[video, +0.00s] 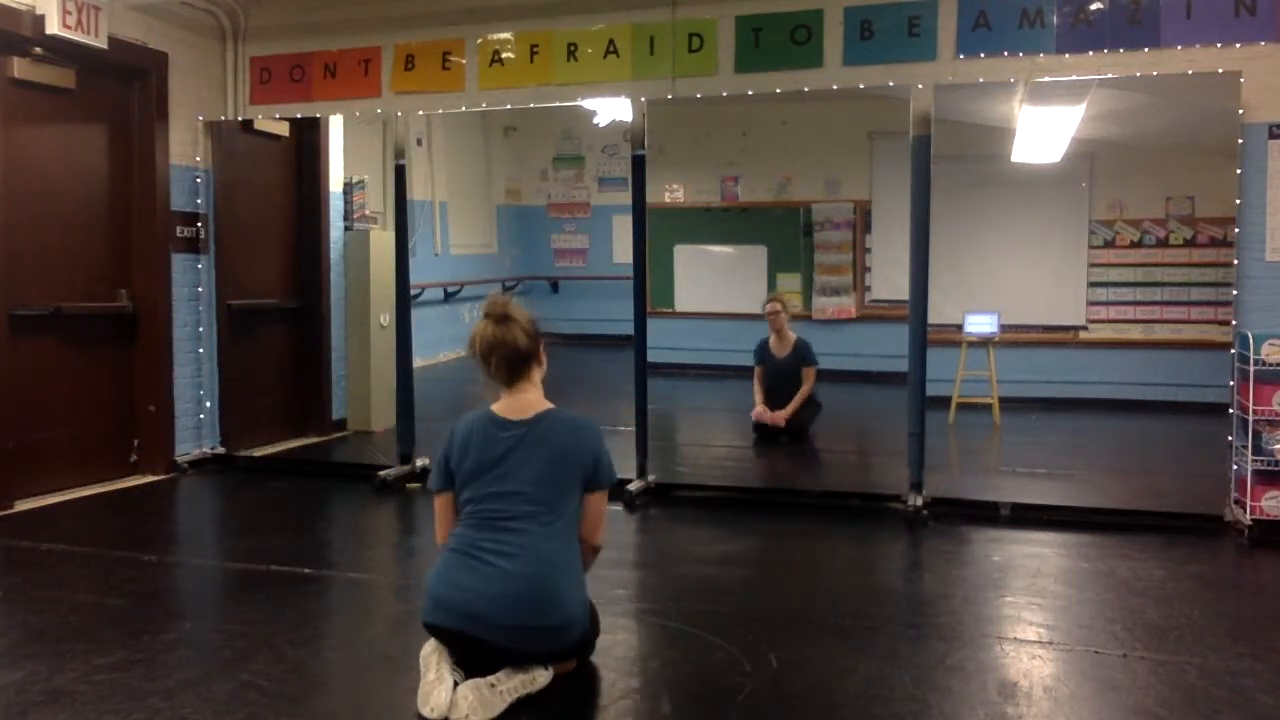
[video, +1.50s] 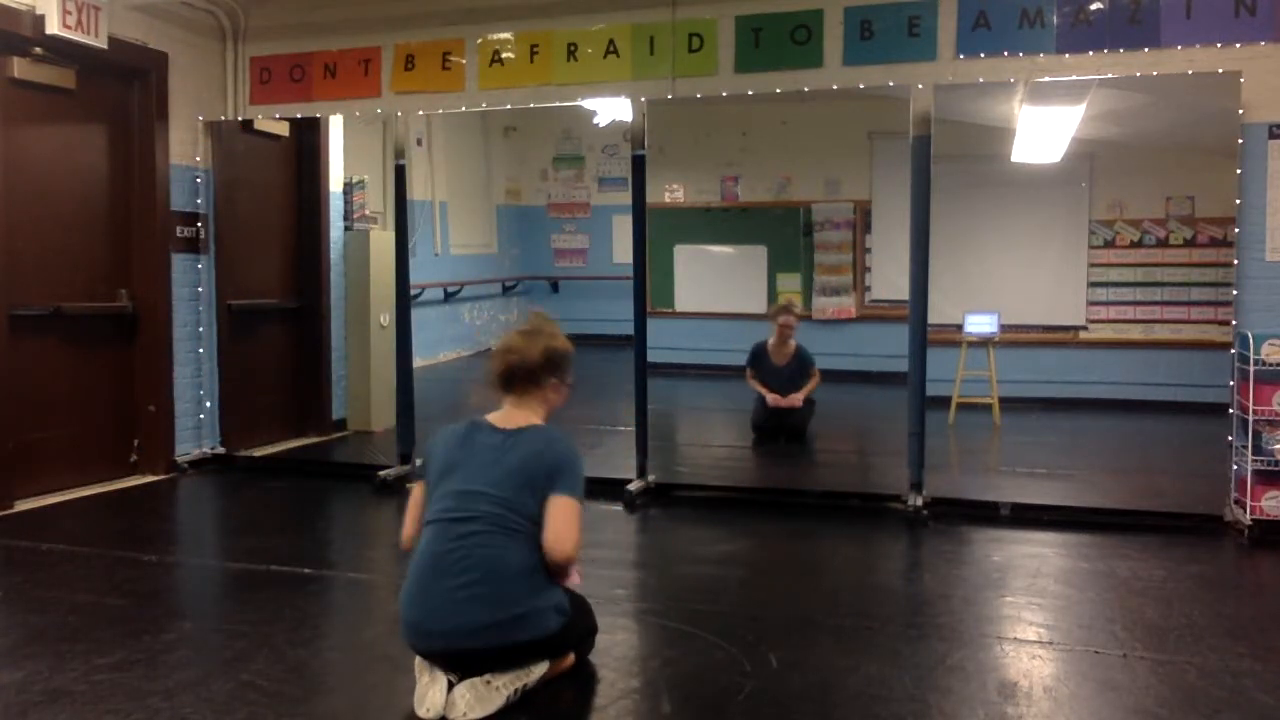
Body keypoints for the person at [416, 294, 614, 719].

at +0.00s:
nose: (545, 354)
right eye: (543, 347)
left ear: (487, 366)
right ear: (541, 356)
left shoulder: (461, 434)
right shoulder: (581, 434)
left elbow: (445, 536)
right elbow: (591, 539)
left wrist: (481, 576)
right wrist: (561, 582)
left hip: (452, 614)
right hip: (547, 617)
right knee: (580, 638)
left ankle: (445, 672)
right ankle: (511, 686)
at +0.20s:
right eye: (531, 387)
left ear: (477, 407)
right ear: (530, 396)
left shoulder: (467, 464)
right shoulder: (573, 456)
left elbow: (443, 563)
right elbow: (594, 561)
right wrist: (568, 599)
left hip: (460, 606)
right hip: (554, 613)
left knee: (483, 664)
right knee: (579, 648)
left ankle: (444, 662)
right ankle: (514, 683)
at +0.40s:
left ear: (478, 463)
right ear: (521, 453)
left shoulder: (478, 488)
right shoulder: (571, 482)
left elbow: (448, 547)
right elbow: (588, 560)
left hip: (455, 586)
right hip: (550, 588)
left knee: (489, 648)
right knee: (577, 646)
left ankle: (449, 658)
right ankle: (536, 666)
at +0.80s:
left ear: (482, 457)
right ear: (530, 450)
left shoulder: (480, 490)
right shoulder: (559, 483)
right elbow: (568, 535)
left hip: (448, 590)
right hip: (537, 589)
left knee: (490, 649)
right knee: (578, 643)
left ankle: (447, 658)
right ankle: (528, 667)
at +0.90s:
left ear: (483, 425)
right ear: (534, 422)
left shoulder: (474, 468)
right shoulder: (559, 463)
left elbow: (469, 527)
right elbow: (559, 531)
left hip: (450, 596)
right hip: (540, 593)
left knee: (490, 649)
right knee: (580, 638)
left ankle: (449, 658)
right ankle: (529, 669)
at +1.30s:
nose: (541, 376)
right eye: (540, 368)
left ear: (474, 376)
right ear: (532, 377)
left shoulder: (438, 439)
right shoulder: (551, 440)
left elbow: (412, 538)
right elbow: (592, 537)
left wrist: (466, 544)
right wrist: (565, 560)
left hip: (427, 617)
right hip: (517, 613)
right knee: (579, 627)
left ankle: (438, 671)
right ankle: (506, 682)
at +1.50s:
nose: (567, 392)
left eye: (567, 383)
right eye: (566, 384)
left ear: (503, 380)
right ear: (552, 387)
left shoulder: (446, 439)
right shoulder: (557, 449)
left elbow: (408, 536)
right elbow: (559, 549)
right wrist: (559, 572)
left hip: (427, 629)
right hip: (511, 631)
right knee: (582, 621)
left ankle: (439, 672)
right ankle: (498, 686)